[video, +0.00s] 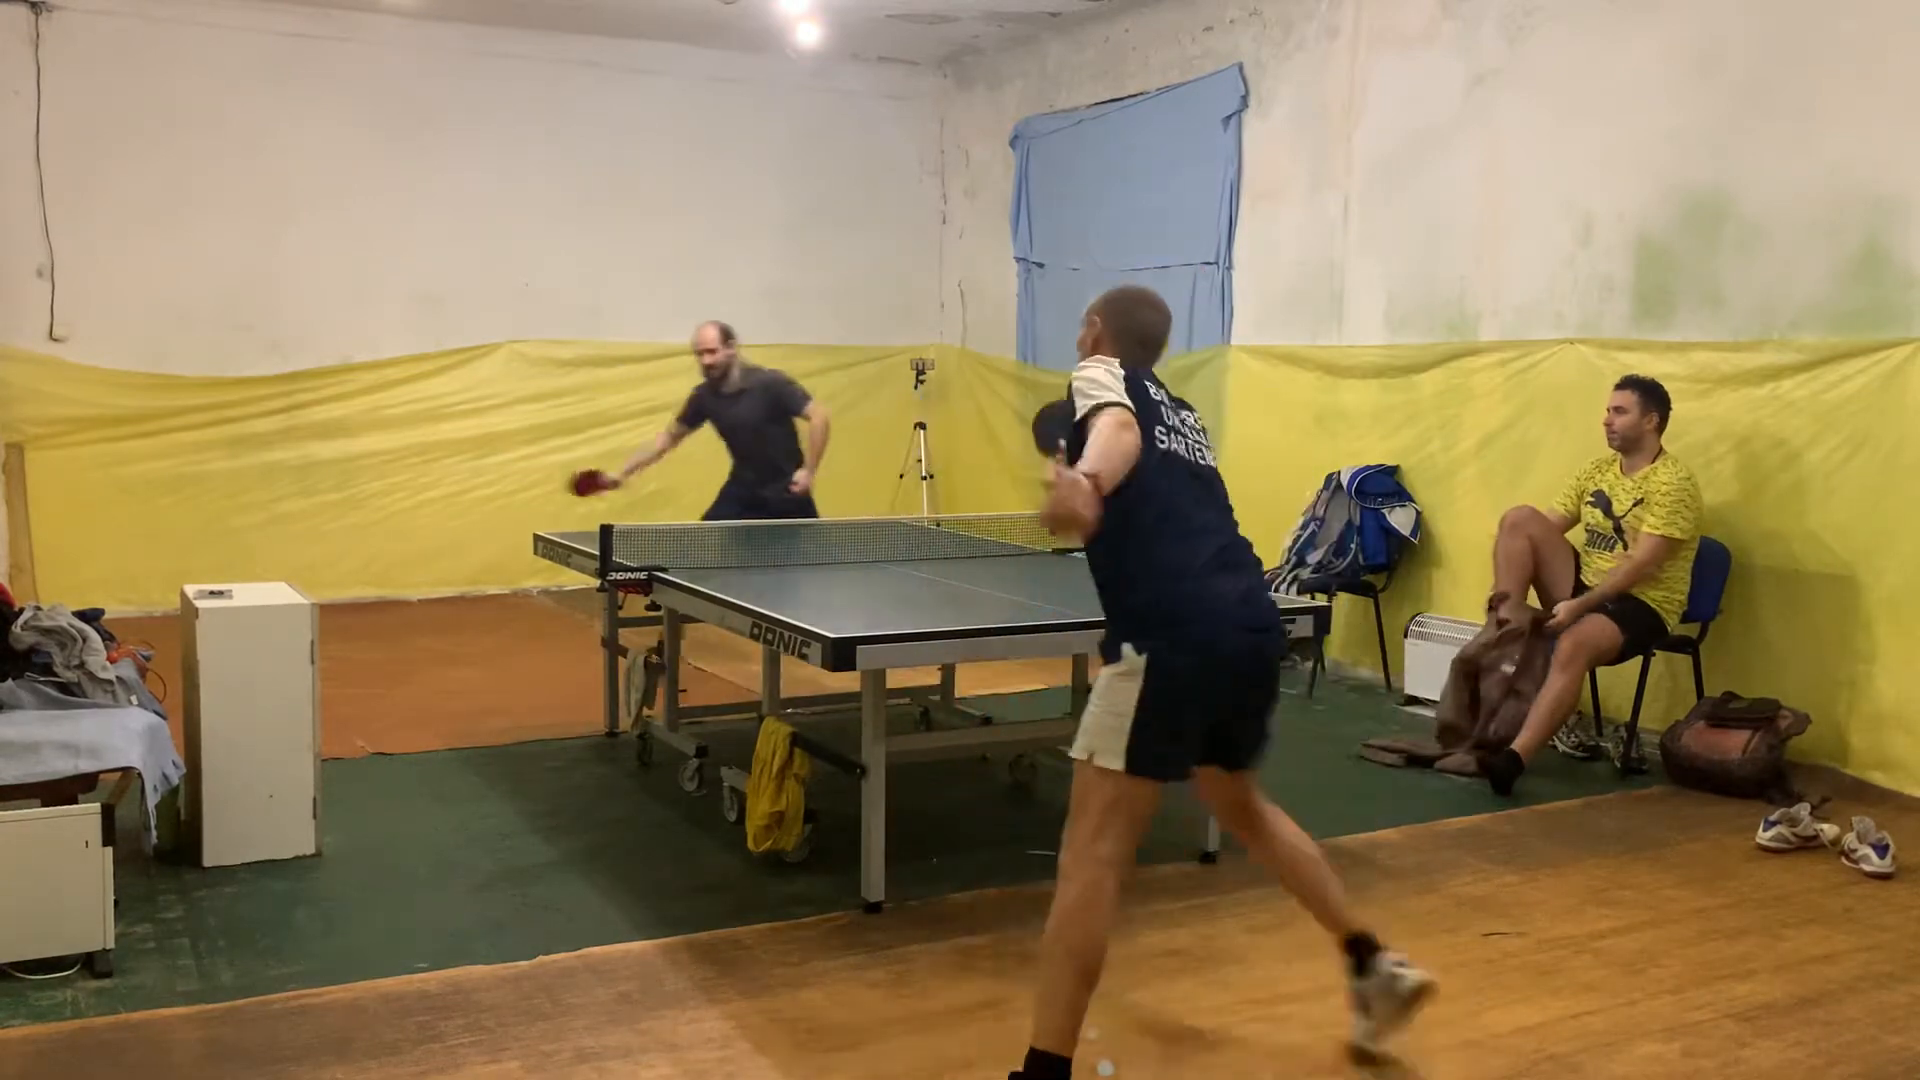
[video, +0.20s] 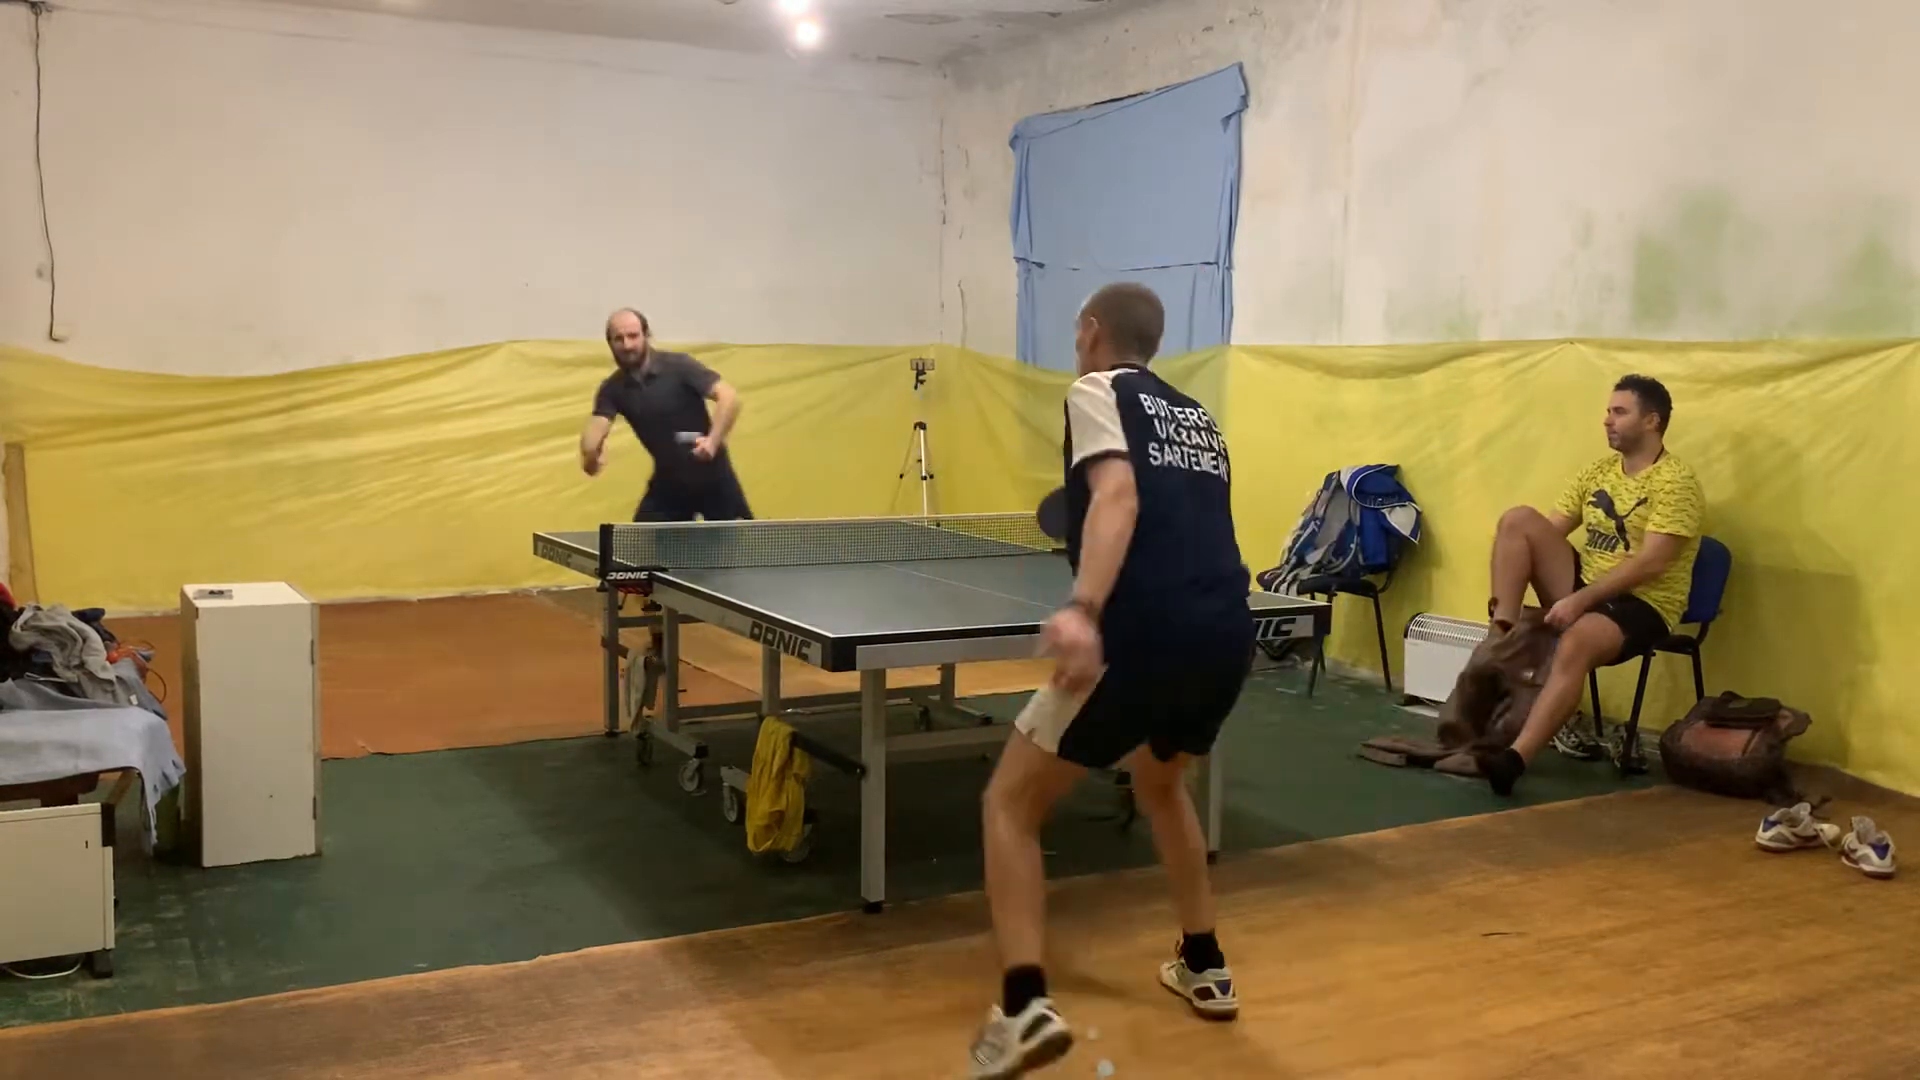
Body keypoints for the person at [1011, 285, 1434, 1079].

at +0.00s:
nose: (1078, 340)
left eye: (1082, 328)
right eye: (1084, 329)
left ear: (1095, 335)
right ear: (1152, 353)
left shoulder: (1098, 376)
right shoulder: (1181, 412)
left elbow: (1122, 429)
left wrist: (1087, 482)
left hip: (1164, 643)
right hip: (1252, 633)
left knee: (1093, 855)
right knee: (1237, 800)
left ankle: (1046, 1066)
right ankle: (1371, 961)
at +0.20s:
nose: (1076, 345)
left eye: (1079, 334)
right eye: (1082, 333)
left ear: (1094, 335)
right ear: (1150, 345)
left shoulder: (1095, 392)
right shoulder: (1196, 413)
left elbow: (1117, 494)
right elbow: (1206, 526)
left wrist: (1082, 606)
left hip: (1138, 633)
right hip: (1225, 635)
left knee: (1011, 806)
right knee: (1161, 779)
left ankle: (1025, 1002)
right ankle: (1206, 964)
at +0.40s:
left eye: (1087, 343)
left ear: (1086, 344)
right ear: (1159, 353)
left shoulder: (1048, 399)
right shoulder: (1200, 418)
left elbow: (1021, 517)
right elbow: (1231, 552)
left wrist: (986, 648)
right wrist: (1236, 617)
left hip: (1088, 649)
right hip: (1186, 646)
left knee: (995, 802)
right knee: (1178, 769)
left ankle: (955, 1003)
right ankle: (1210, 955)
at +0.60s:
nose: (1172, 341)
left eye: (1173, 328)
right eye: (1171, 327)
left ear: (1099, 314)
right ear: (1148, 315)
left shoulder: (1029, 389)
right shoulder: (1165, 381)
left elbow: (978, 517)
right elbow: (1215, 525)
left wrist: (961, 634)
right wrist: (1298, 515)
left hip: (1052, 634)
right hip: (1154, 632)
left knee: (1001, 799)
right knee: (1190, 781)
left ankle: (938, 975)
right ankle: (1200, 963)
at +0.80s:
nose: (1065, 311)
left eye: (1064, 299)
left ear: (1064, 304)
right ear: (1138, 315)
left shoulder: (1024, 383)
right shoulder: (1171, 396)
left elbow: (987, 531)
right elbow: (1161, 502)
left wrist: (1056, 526)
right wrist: (1084, 512)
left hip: (1049, 638)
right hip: (1145, 636)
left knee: (977, 806)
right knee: (1163, 787)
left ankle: (928, 994)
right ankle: (1197, 964)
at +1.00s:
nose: (1017, 317)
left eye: (1020, 305)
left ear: (1026, 309)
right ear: (1099, 320)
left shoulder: (981, 383)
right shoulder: (1136, 397)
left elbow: (931, 520)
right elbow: (1153, 545)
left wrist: (942, 615)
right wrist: (1090, 570)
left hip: (1004, 639)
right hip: (1108, 637)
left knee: (951, 818)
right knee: (1150, 789)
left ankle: (925, 1017)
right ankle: (1197, 966)